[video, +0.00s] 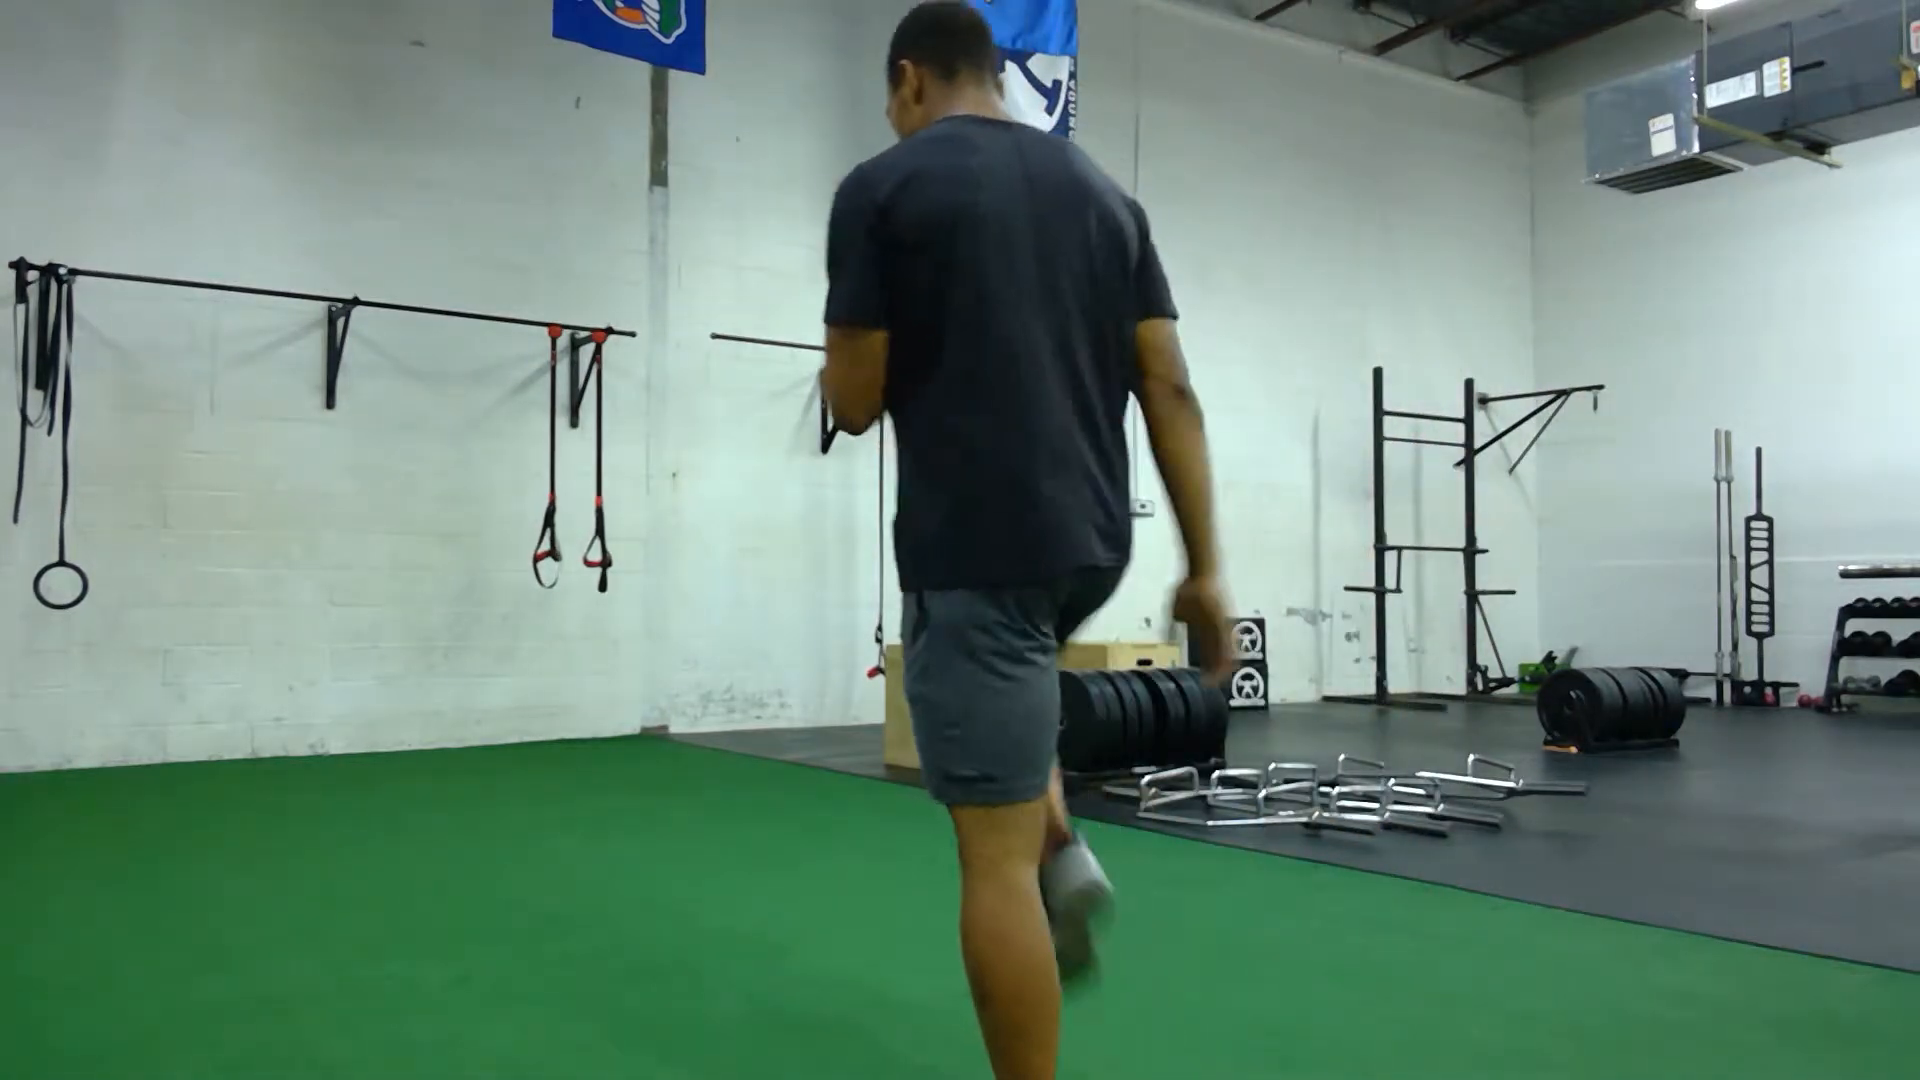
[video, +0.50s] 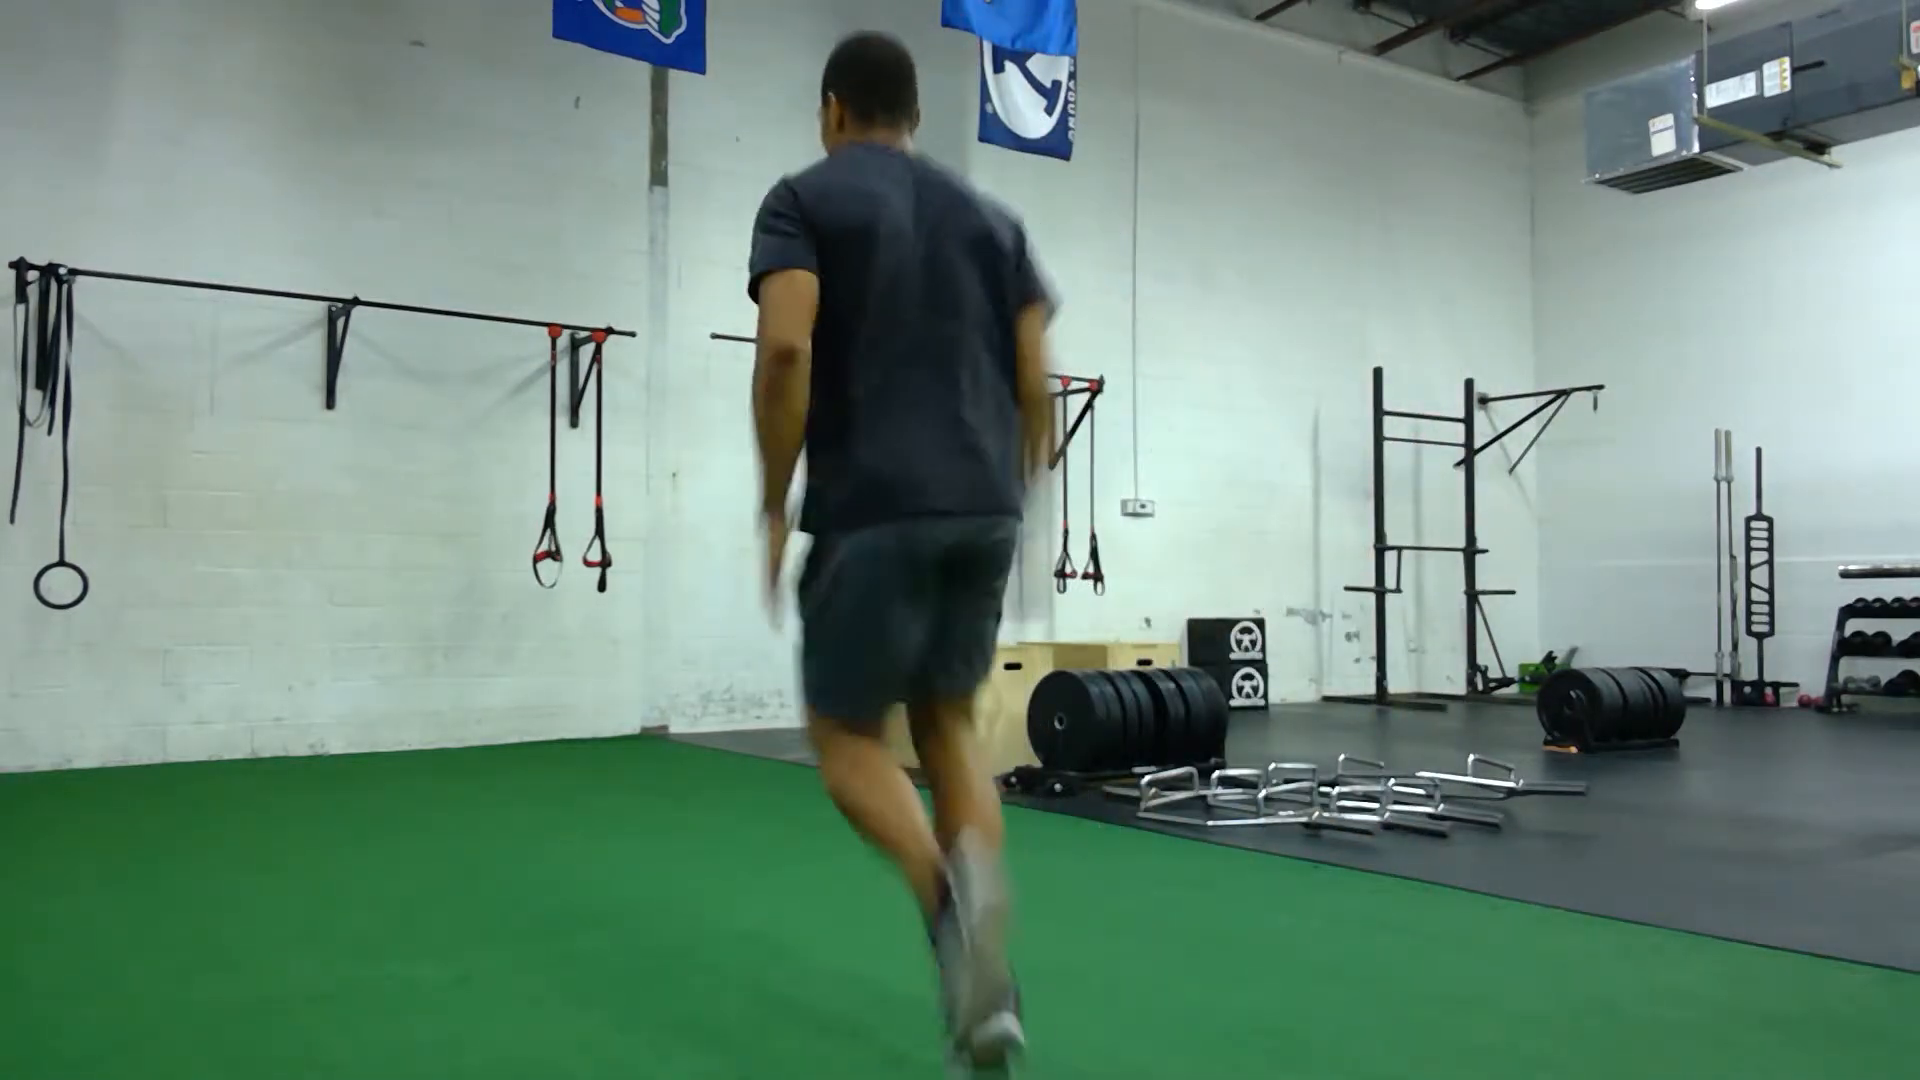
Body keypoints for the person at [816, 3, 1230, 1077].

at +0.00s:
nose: (892, 112)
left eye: (891, 96)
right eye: (895, 98)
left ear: (908, 81)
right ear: (997, 76)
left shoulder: (884, 187)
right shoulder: (1101, 193)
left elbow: (852, 402)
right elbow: (1168, 386)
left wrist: (897, 327)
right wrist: (1204, 566)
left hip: (975, 543)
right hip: (1094, 542)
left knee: (1005, 862)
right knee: (1003, 664)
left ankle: (1026, 1072)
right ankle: (1059, 855)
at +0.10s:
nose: (877, 124)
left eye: (875, 110)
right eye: (878, 111)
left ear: (891, 97)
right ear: (984, 93)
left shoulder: (866, 195)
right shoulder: (1083, 202)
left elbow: (832, 404)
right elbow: (1163, 364)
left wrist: (876, 295)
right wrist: (1239, 538)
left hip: (954, 547)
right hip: (1081, 542)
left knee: (991, 860)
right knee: (961, 642)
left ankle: (1025, 1075)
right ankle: (1013, 804)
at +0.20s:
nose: (849, 153)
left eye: (849, 137)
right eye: (854, 139)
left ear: (867, 126)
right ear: (950, 122)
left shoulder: (846, 227)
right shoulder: (1056, 215)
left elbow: (826, 429)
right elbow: (1146, 342)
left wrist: (853, 326)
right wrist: (1244, 489)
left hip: (943, 553)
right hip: (1065, 544)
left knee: (951, 847)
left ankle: (1007, 1072)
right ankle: (934, 823)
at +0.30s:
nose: (829, 187)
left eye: (826, 173)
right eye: (832, 174)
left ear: (839, 165)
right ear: (924, 161)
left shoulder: (829, 268)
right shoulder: (1023, 241)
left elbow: (827, 451)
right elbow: (1127, 331)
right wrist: (1251, 448)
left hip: (932, 575)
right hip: (1053, 559)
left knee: (927, 854)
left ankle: (1005, 1072)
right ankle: (910, 813)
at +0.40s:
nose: (820, 146)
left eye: (820, 131)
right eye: (834, 131)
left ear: (831, 127)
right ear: (915, 126)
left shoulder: (807, 228)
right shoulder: (1001, 219)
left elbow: (797, 400)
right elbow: (1106, 328)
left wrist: (802, 335)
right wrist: (1198, 447)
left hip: (903, 532)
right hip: (1019, 517)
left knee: (932, 811)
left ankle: (998, 1063)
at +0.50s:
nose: (821, 125)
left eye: (821, 113)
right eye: (832, 113)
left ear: (832, 113)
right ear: (917, 119)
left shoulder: (804, 198)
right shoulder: (989, 218)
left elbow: (786, 350)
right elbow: (1036, 384)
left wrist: (774, 505)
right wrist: (1020, 485)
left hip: (872, 514)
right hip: (986, 511)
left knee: (847, 737)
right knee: (949, 720)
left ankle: (947, 890)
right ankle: (988, 976)